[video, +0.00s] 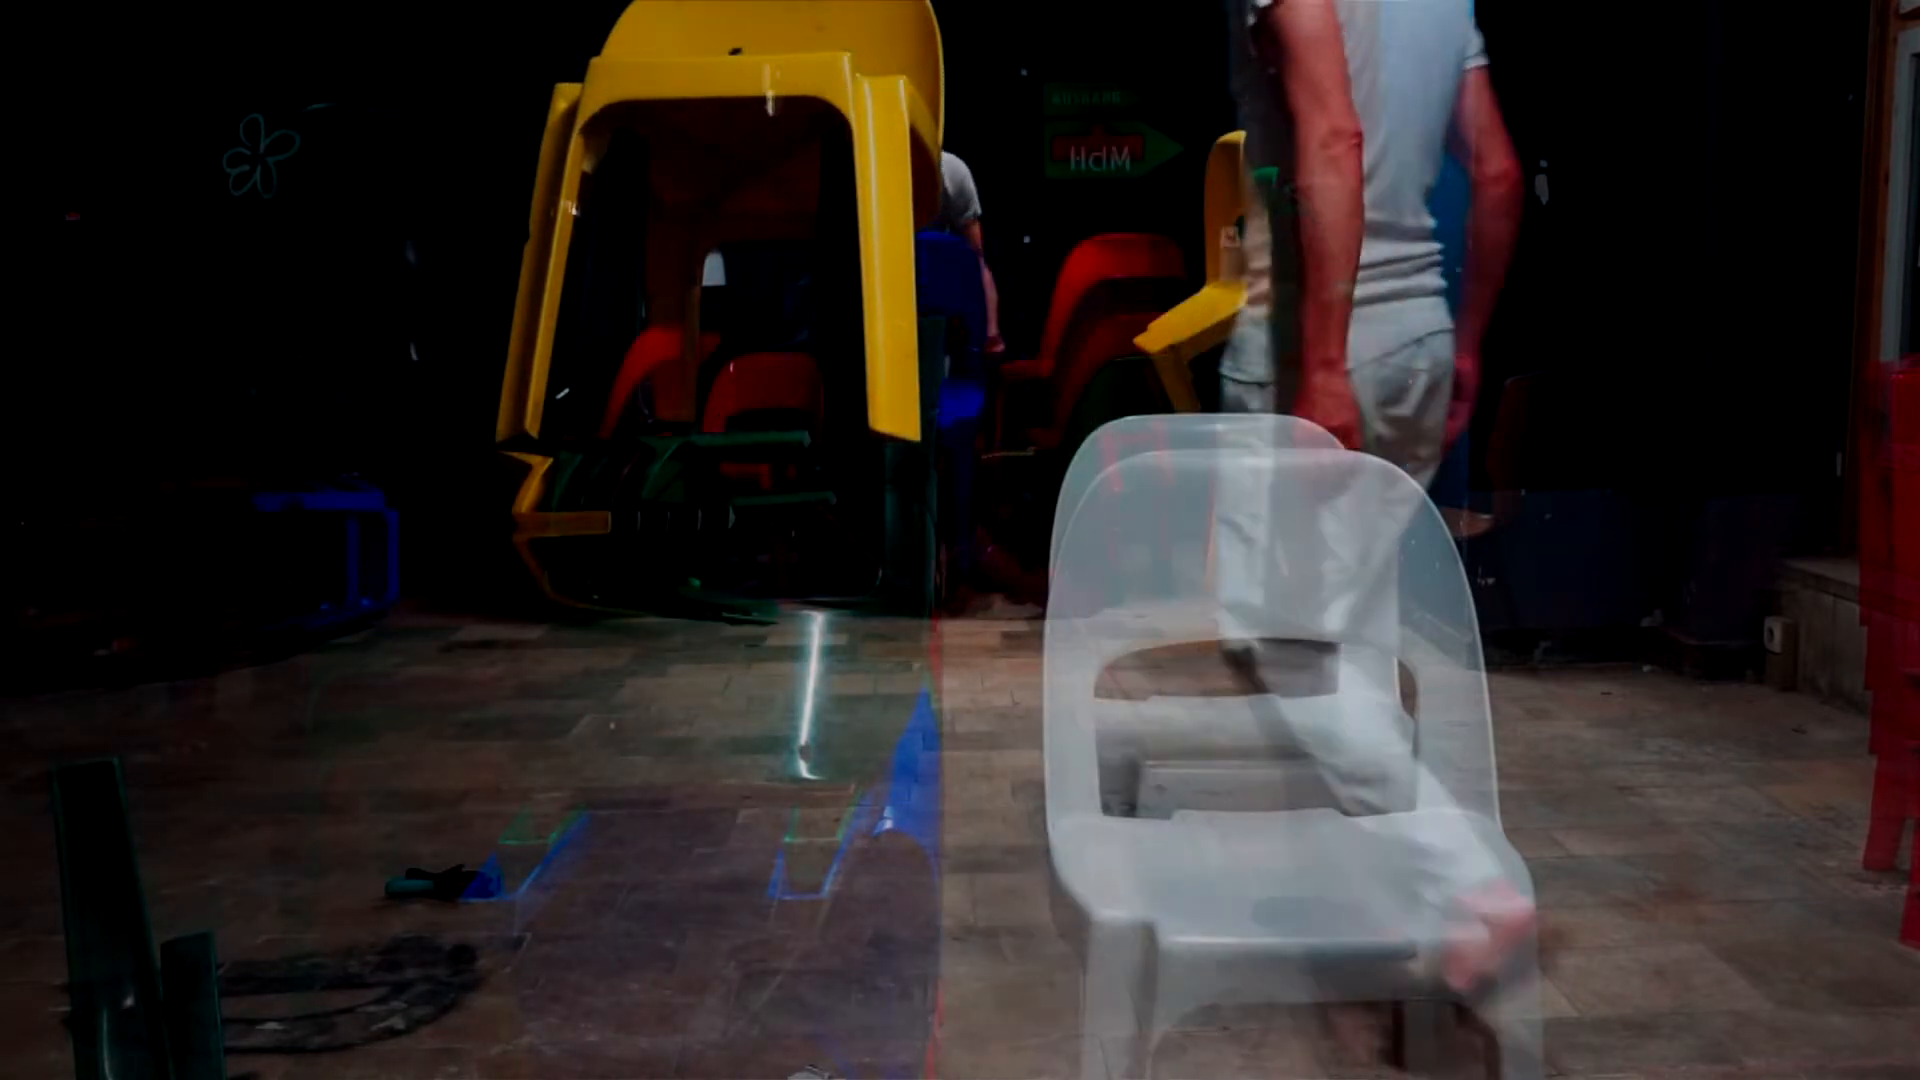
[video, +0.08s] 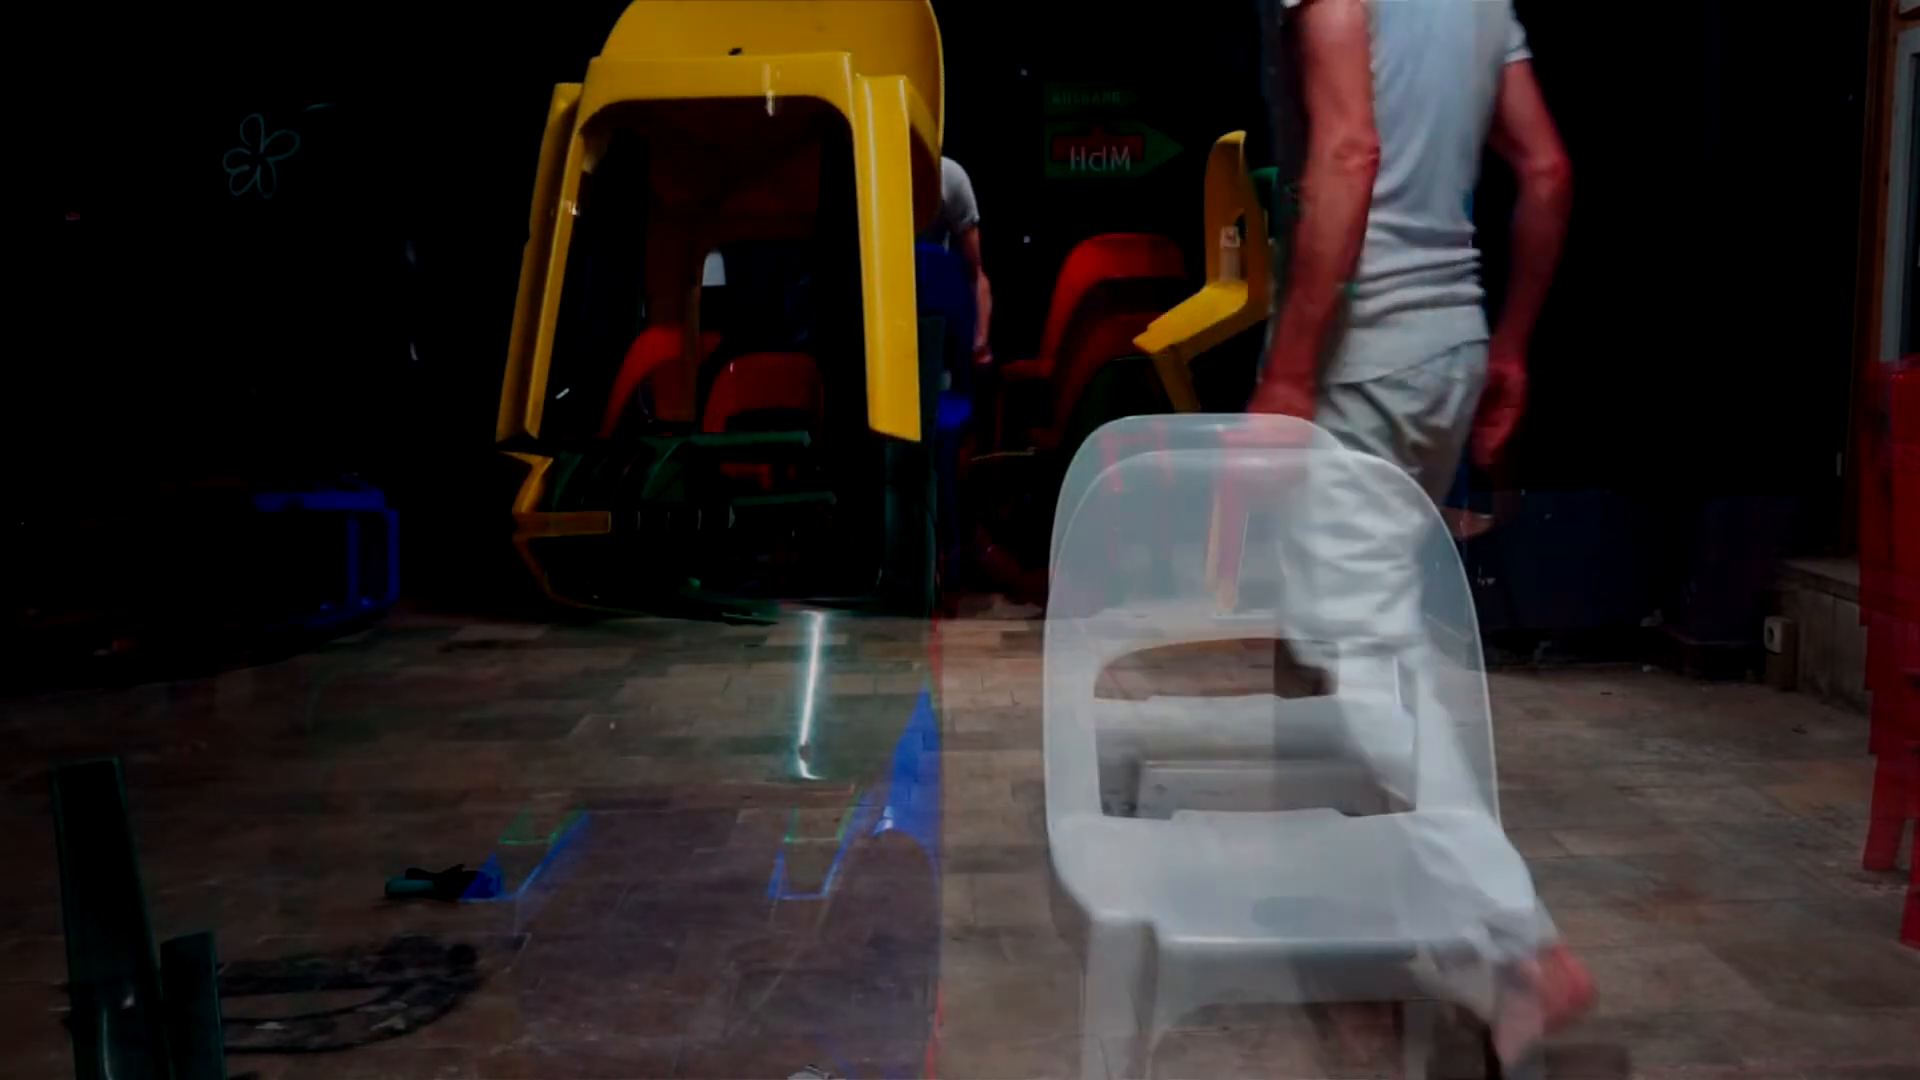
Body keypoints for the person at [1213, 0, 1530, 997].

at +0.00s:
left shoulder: (1296, 6)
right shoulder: (1441, 8)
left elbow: (1334, 142)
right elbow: (1497, 171)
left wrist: (1323, 364)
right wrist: (1466, 340)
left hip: (1316, 342)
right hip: (1419, 328)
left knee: (1279, 641)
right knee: (1365, 635)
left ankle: (1470, 895)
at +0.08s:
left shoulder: (1335, 7)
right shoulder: (1479, 9)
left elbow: (1347, 158)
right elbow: (1544, 168)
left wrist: (1286, 378)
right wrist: (1510, 344)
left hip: (1368, 348)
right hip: (1456, 344)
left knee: (1359, 657)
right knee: (1341, 644)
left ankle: (1518, 950)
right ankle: (1368, 944)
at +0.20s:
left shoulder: (1384, 6)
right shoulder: (1548, 7)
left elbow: (1384, 156)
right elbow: (1623, 149)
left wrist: (1245, 341)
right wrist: (1578, 340)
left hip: (1408, 364)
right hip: (1516, 352)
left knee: (1461, 695)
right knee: (1392, 671)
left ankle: (1563, 1027)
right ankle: (1386, 956)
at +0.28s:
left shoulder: (1416, 4)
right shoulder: (1589, 5)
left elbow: (1417, 137)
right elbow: (1675, 125)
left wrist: (1266, 292)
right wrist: (1631, 327)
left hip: (1443, 361)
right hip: (1561, 347)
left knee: (1494, 700)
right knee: (1444, 665)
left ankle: (1562, 1038)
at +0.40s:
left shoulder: (1473, 1)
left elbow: (1473, 119)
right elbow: (1758, 91)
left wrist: (1307, 294)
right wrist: (1710, 314)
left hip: (1499, 351)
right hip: (1627, 337)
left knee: (1520, 712)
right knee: (1522, 668)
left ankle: (1561, 1045)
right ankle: (1589, 949)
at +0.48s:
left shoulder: (1519, 4)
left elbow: (1520, 114)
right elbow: (1819, 79)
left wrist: (1368, 318)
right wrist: (1766, 309)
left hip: (1536, 350)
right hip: (1672, 332)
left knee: (1522, 706)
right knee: (1604, 681)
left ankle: (1559, 1044)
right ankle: (1742, 965)